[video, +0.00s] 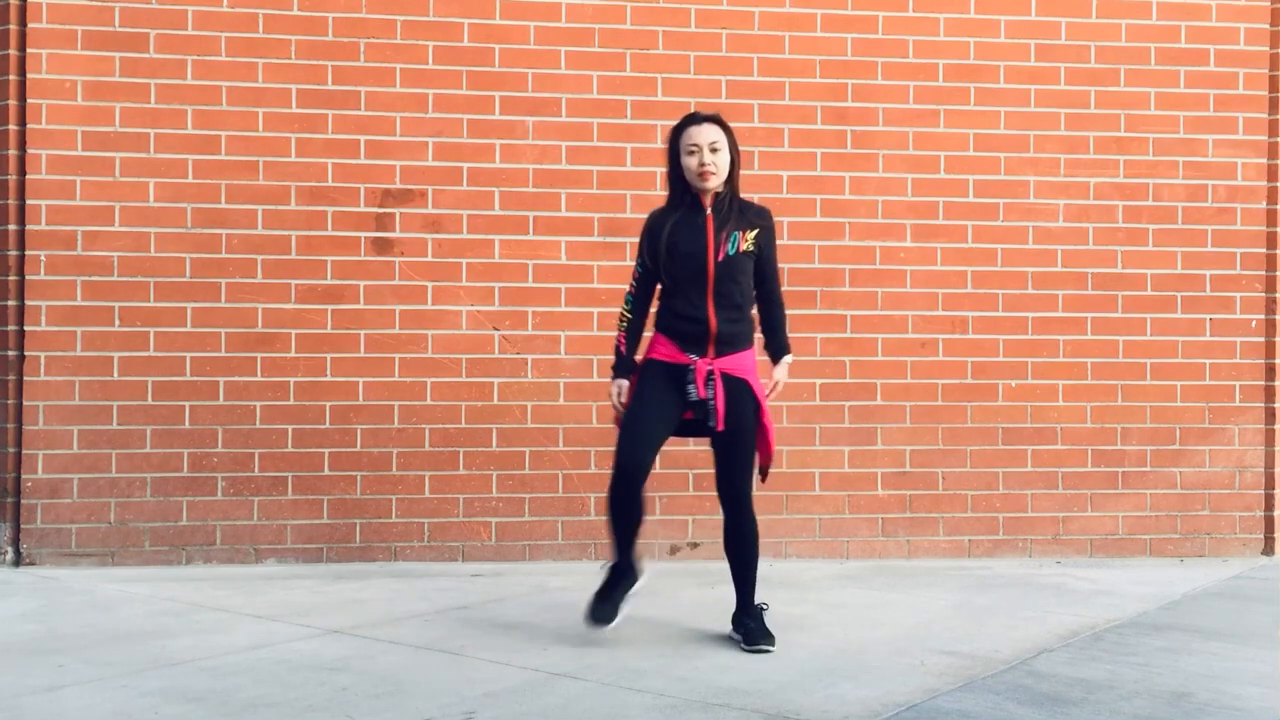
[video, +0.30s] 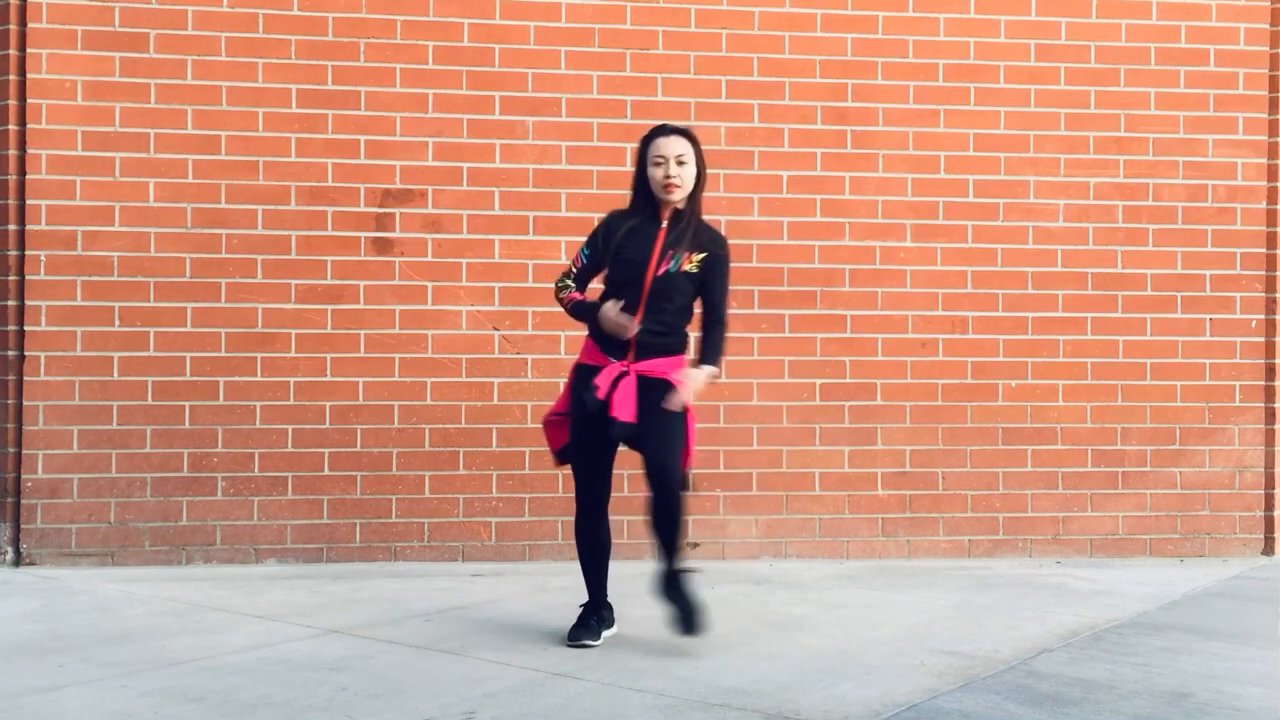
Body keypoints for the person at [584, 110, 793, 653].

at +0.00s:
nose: (705, 160)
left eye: (714, 149)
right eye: (693, 151)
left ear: (731, 156)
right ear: (679, 162)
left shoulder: (755, 220)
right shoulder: (662, 222)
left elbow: (769, 292)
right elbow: (638, 296)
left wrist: (780, 351)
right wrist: (622, 365)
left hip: (734, 367)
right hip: (667, 364)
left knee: (736, 491)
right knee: (627, 467)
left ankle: (747, 609)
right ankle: (623, 566)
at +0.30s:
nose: (670, 172)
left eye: (681, 162)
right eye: (659, 162)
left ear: (697, 170)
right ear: (644, 171)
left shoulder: (708, 244)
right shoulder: (617, 227)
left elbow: (714, 318)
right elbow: (565, 286)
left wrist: (707, 365)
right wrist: (596, 311)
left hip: (662, 377)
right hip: (599, 372)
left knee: (667, 478)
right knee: (591, 496)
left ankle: (672, 574)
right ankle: (597, 604)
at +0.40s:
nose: (661, 169)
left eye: (672, 160)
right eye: (650, 160)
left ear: (688, 168)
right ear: (635, 168)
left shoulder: (699, 240)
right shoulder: (607, 221)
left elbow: (682, 314)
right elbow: (575, 288)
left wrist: (648, 356)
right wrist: (623, 305)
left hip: (649, 369)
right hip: (592, 363)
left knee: (631, 466)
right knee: (588, 488)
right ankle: (596, 606)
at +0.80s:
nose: (655, 165)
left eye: (665, 156)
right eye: (644, 156)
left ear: (680, 166)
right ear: (628, 166)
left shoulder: (696, 235)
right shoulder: (601, 223)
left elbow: (719, 310)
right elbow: (558, 285)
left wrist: (676, 338)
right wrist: (609, 293)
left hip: (657, 368)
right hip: (594, 365)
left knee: (650, 453)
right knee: (589, 485)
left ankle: (623, 570)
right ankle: (597, 601)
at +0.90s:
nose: (662, 157)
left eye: (671, 148)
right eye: (651, 149)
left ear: (687, 158)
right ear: (634, 159)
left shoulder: (704, 226)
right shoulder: (608, 218)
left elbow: (748, 292)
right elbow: (549, 277)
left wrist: (735, 326)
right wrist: (588, 290)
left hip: (671, 366)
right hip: (606, 366)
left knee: (692, 465)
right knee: (603, 492)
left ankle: (693, 564)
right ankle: (598, 605)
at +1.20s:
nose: (707, 180)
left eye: (715, 170)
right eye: (695, 171)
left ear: (724, 173)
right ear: (674, 176)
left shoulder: (745, 226)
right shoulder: (655, 236)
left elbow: (812, 269)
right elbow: (598, 302)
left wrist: (810, 299)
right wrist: (639, 305)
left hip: (745, 378)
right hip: (680, 378)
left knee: (759, 500)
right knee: (661, 485)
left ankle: (749, 612)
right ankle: (624, 579)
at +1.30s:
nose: (717, 183)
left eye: (724, 172)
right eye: (704, 173)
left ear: (734, 172)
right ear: (683, 177)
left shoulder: (754, 225)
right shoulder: (662, 241)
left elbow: (810, 282)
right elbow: (632, 313)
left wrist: (793, 311)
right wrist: (683, 293)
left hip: (758, 375)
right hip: (695, 375)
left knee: (766, 500)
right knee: (686, 467)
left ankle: (749, 611)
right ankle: (694, 568)